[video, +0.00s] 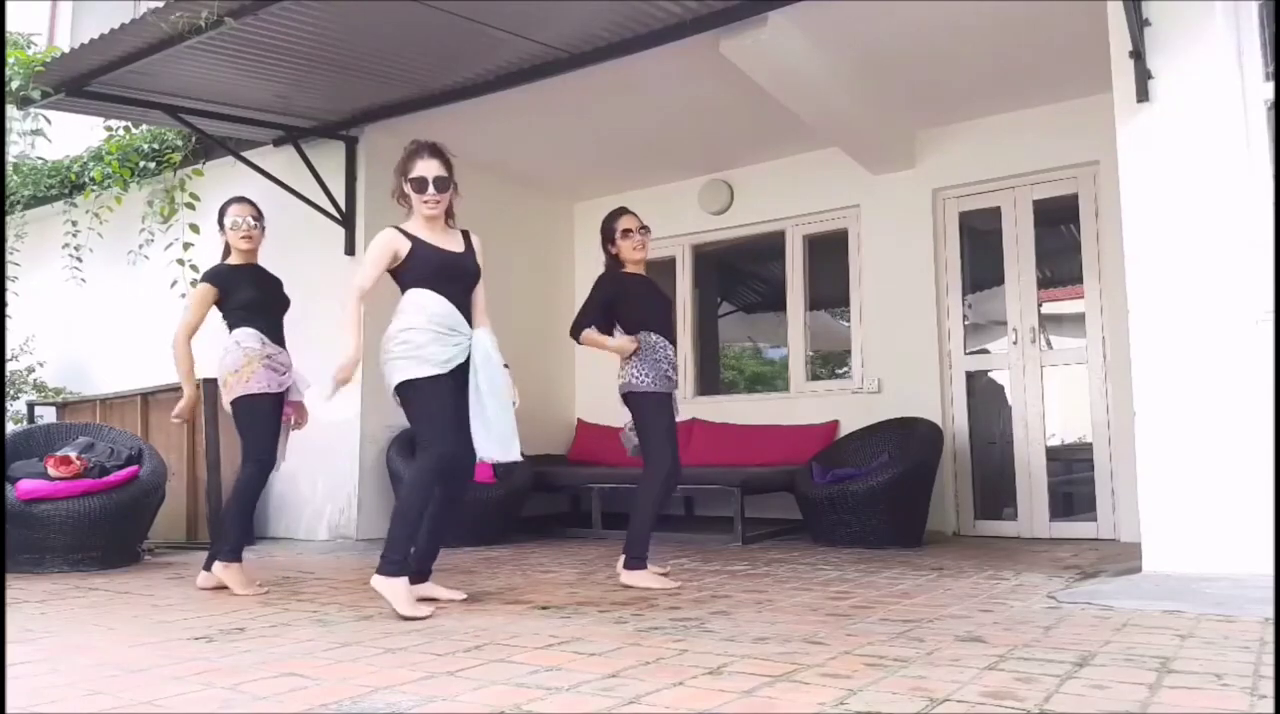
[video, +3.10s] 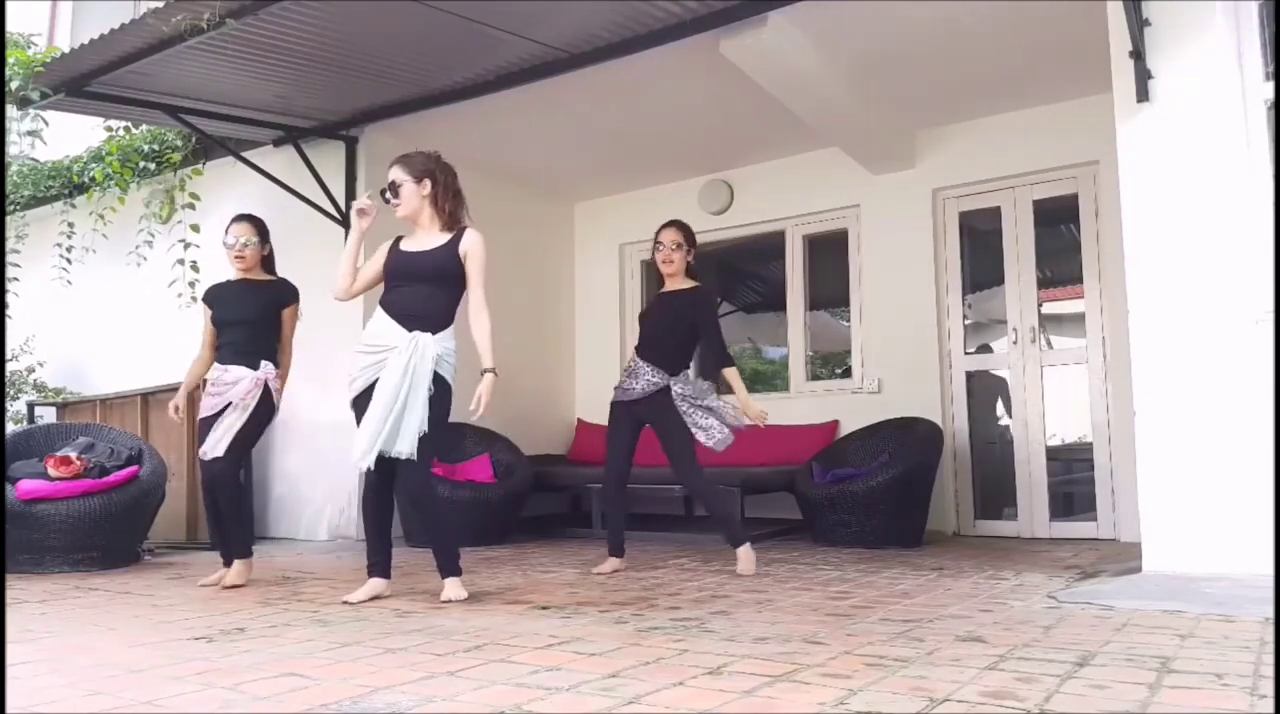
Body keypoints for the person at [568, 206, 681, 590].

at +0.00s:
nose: (638, 237)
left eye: (641, 230)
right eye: (627, 234)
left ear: (648, 237)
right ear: (612, 246)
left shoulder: (649, 281)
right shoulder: (612, 280)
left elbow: (653, 327)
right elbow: (579, 330)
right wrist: (614, 345)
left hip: (660, 384)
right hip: (642, 384)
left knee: (668, 470)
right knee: (659, 467)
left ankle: (635, 556)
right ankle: (634, 564)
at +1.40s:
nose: (639, 248)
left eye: (644, 241)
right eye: (629, 246)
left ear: (656, 245)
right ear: (622, 256)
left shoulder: (668, 298)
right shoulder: (624, 280)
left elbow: (671, 360)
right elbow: (613, 333)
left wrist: (693, 403)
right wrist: (635, 376)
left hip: (666, 390)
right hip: (633, 385)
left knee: (674, 470)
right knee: (655, 469)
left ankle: (635, 554)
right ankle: (624, 565)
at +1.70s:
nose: (625, 265)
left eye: (630, 257)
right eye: (616, 262)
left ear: (644, 262)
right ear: (610, 273)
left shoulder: (670, 314)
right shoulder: (605, 317)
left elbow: (679, 371)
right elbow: (606, 376)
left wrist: (700, 419)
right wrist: (593, 376)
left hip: (664, 409)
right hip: (620, 410)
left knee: (675, 491)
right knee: (609, 479)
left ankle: (635, 556)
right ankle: (612, 562)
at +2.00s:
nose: (620, 255)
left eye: (626, 246)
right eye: (611, 251)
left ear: (641, 249)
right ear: (606, 259)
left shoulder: (664, 301)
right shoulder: (601, 297)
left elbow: (671, 360)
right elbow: (579, 354)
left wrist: (689, 407)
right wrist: (582, 336)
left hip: (655, 395)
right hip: (612, 394)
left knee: (662, 484)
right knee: (609, 473)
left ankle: (633, 555)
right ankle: (593, 560)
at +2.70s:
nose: (641, 265)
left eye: (650, 259)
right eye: (634, 258)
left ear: (659, 267)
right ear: (624, 266)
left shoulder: (673, 307)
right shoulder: (622, 314)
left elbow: (692, 361)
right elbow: (619, 374)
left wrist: (716, 410)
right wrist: (581, 374)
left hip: (660, 398)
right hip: (622, 395)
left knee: (653, 480)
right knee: (586, 465)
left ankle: (658, 555)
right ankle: (614, 547)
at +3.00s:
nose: (655, 261)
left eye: (663, 255)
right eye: (648, 254)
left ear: (676, 261)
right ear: (641, 261)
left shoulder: (688, 302)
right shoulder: (645, 303)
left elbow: (711, 355)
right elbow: (635, 350)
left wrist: (738, 400)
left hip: (651, 400)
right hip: (618, 396)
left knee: (659, 487)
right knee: (605, 478)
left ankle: (714, 546)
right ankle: (614, 555)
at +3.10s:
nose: (666, 253)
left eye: (675, 247)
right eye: (660, 247)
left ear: (689, 254)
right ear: (654, 254)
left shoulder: (699, 296)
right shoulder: (658, 298)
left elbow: (719, 353)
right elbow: (645, 344)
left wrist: (744, 400)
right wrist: (630, 375)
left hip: (662, 394)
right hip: (627, 394)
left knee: (689, 476)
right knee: (614, 476)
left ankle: (741, 543)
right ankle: (615, 555)